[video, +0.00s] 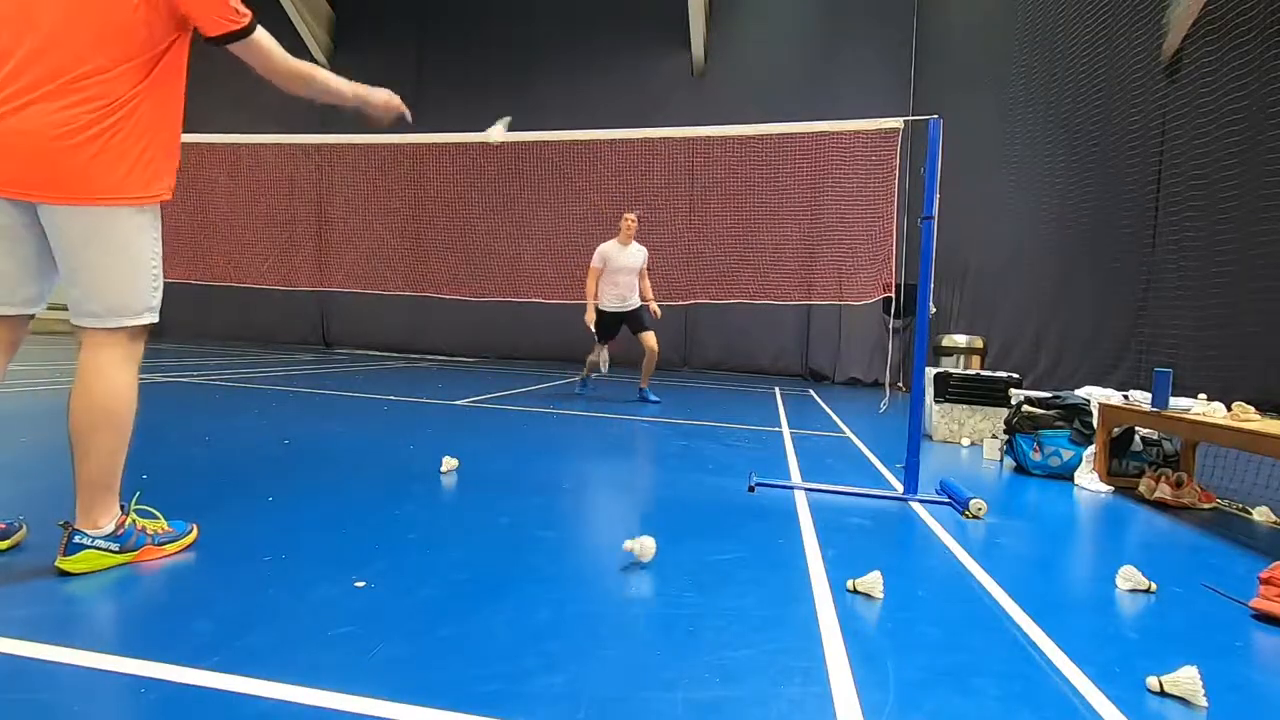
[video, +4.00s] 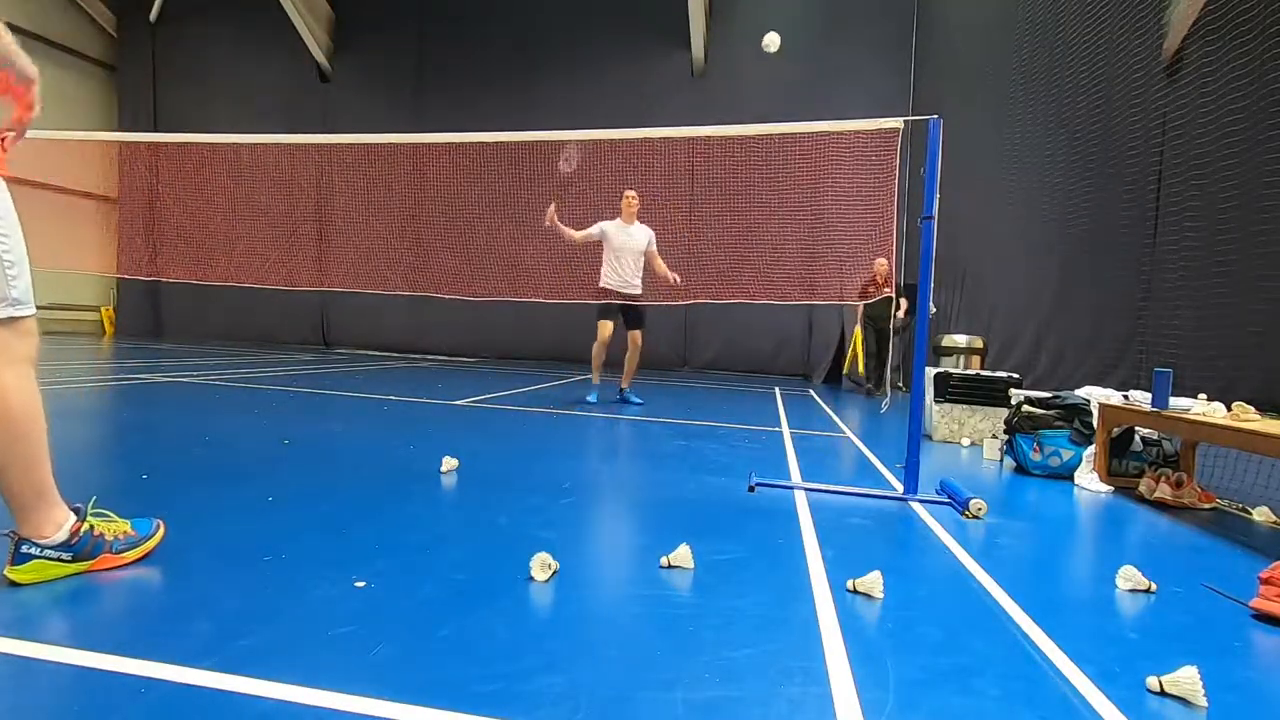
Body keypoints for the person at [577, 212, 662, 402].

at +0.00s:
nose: (630, 224)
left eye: (633, 221)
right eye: (626, 220)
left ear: (637, 227)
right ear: (620, 224)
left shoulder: (642, 252)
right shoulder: (604, 250)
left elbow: (644, 278)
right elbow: (592, 279)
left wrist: (651, 300)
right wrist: (590, 309)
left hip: (633, 307)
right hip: (608, 309)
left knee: (652, 348)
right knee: (598, 352)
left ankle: (643, 388)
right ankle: (584, 377)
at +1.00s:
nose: (669, 226)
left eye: (672, 223)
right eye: (665, 221)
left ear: (675, 229)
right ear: (655, 225)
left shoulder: (672, 256)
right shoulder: (639, 248)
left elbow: (668, 285)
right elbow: (615, 255)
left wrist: (675, 312)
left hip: (658, 312)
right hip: (635, 308)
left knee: (667, 368)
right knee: (651, 342)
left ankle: (642, 383)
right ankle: (657, 403)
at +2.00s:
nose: (599, 214)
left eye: (602, 211)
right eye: (596, 211)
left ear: (608, 215)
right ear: (590, 214)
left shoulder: (618, 239)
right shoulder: (578, 240)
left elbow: (630, 262)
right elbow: (568, 265)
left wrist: (627, 282)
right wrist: (565, 287)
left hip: (611, 297)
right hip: (585, 298)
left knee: (625, 337)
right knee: (575, 339)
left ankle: (632, 386)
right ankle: (569, 380)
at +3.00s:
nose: (669, 211)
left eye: (672, 208)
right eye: (664, 207)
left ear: (674, 214)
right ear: (654, 211)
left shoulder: (669, 243)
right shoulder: (642, 231)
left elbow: (661, 272)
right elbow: (633, 238)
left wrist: (673, 294)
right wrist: (647, 230)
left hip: (650, 303)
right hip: (626, 300)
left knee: (649, 351)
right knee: (642, 340)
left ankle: (628, 383)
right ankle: (640, 402)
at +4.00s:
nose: (630, 201)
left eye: (634, 198)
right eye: (626, 198)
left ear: (639, 204)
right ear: (620, 204)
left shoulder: (647, 233)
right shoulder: (606, 227)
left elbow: (655, 260)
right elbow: (577, 236)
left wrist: (668, 274)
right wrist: (556, 223)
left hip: (633, 293)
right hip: (609, 291)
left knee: (636, 342)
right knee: (604, 338)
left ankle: (624, 389)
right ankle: (595, 387)